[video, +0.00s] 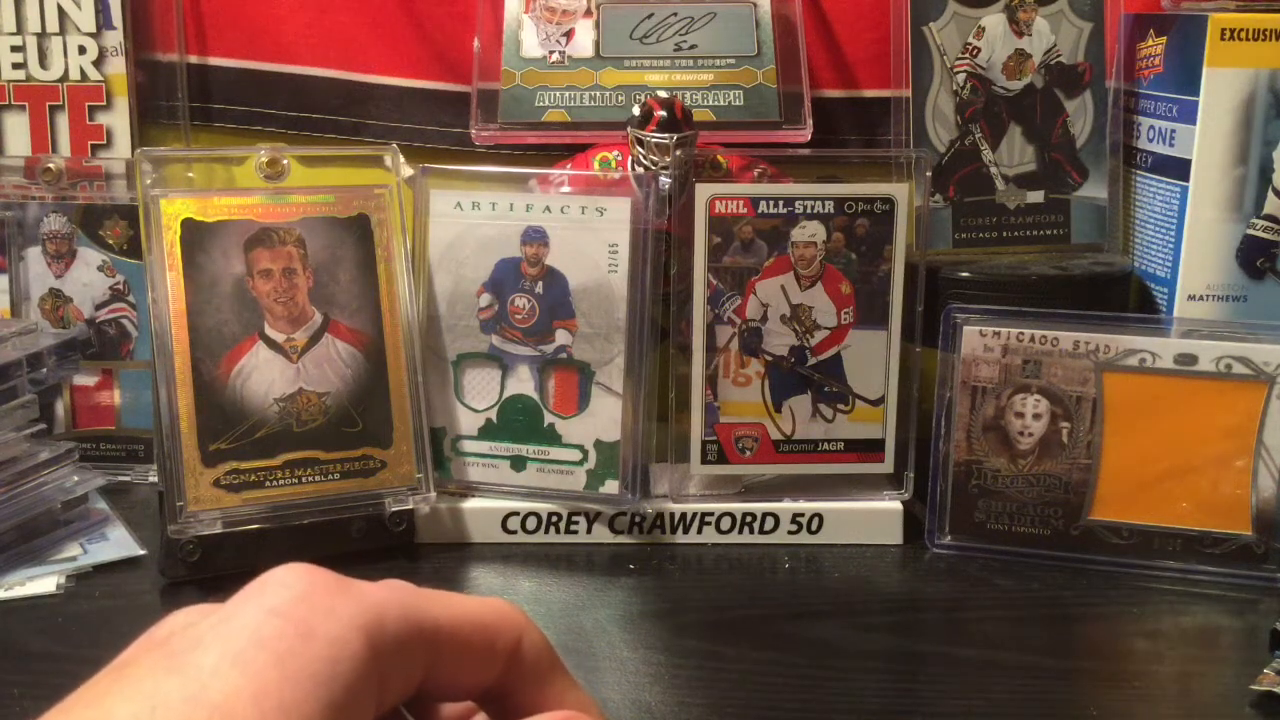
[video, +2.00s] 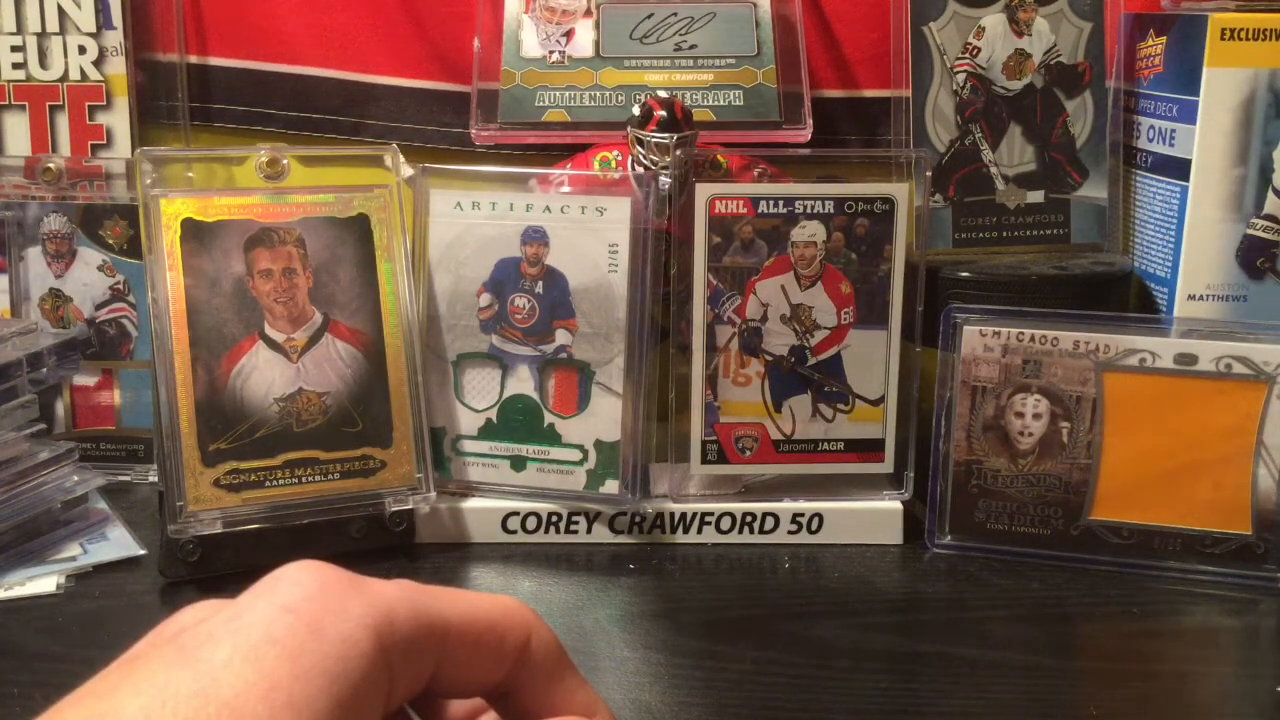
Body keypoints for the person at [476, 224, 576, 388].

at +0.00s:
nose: (535, 251)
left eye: (540, 246)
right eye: (530, 246)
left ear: (547, 250)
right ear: (522, 248)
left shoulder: (557, 280)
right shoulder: (504, 268)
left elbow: (565, 321)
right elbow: (486, 292)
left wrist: (562, 349)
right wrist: (487, 316)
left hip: (542, 353)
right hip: (503, 350)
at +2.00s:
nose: (535, 251)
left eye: (540, 247)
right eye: (530, 246)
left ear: (546, 250)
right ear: (522, 248)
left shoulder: (557, 280)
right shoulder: (504, 268)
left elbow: (565, 321)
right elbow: (486, 293)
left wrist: (562, 351)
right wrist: (487, 319)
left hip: (542, 352)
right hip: (503, 348)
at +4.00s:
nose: (534, 251)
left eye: (540, 247)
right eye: (530, 246)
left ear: (546, 251)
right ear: (522, 248)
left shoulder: (557, 280)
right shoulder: (505, 268)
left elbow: (565, 320)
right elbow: (487, 292)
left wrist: (562, 350)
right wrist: (486, 315)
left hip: (540, 352)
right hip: (502, 348)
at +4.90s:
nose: (534, 251)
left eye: (540, 246)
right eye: (530, 246)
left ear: (546, 250)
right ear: (522, 248)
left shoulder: (557, 280)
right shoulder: (504, 268)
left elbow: (565, 321)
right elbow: (487, 291)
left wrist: (562, 350)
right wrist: (486, 316)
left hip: (541, 353)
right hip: (502, 348)